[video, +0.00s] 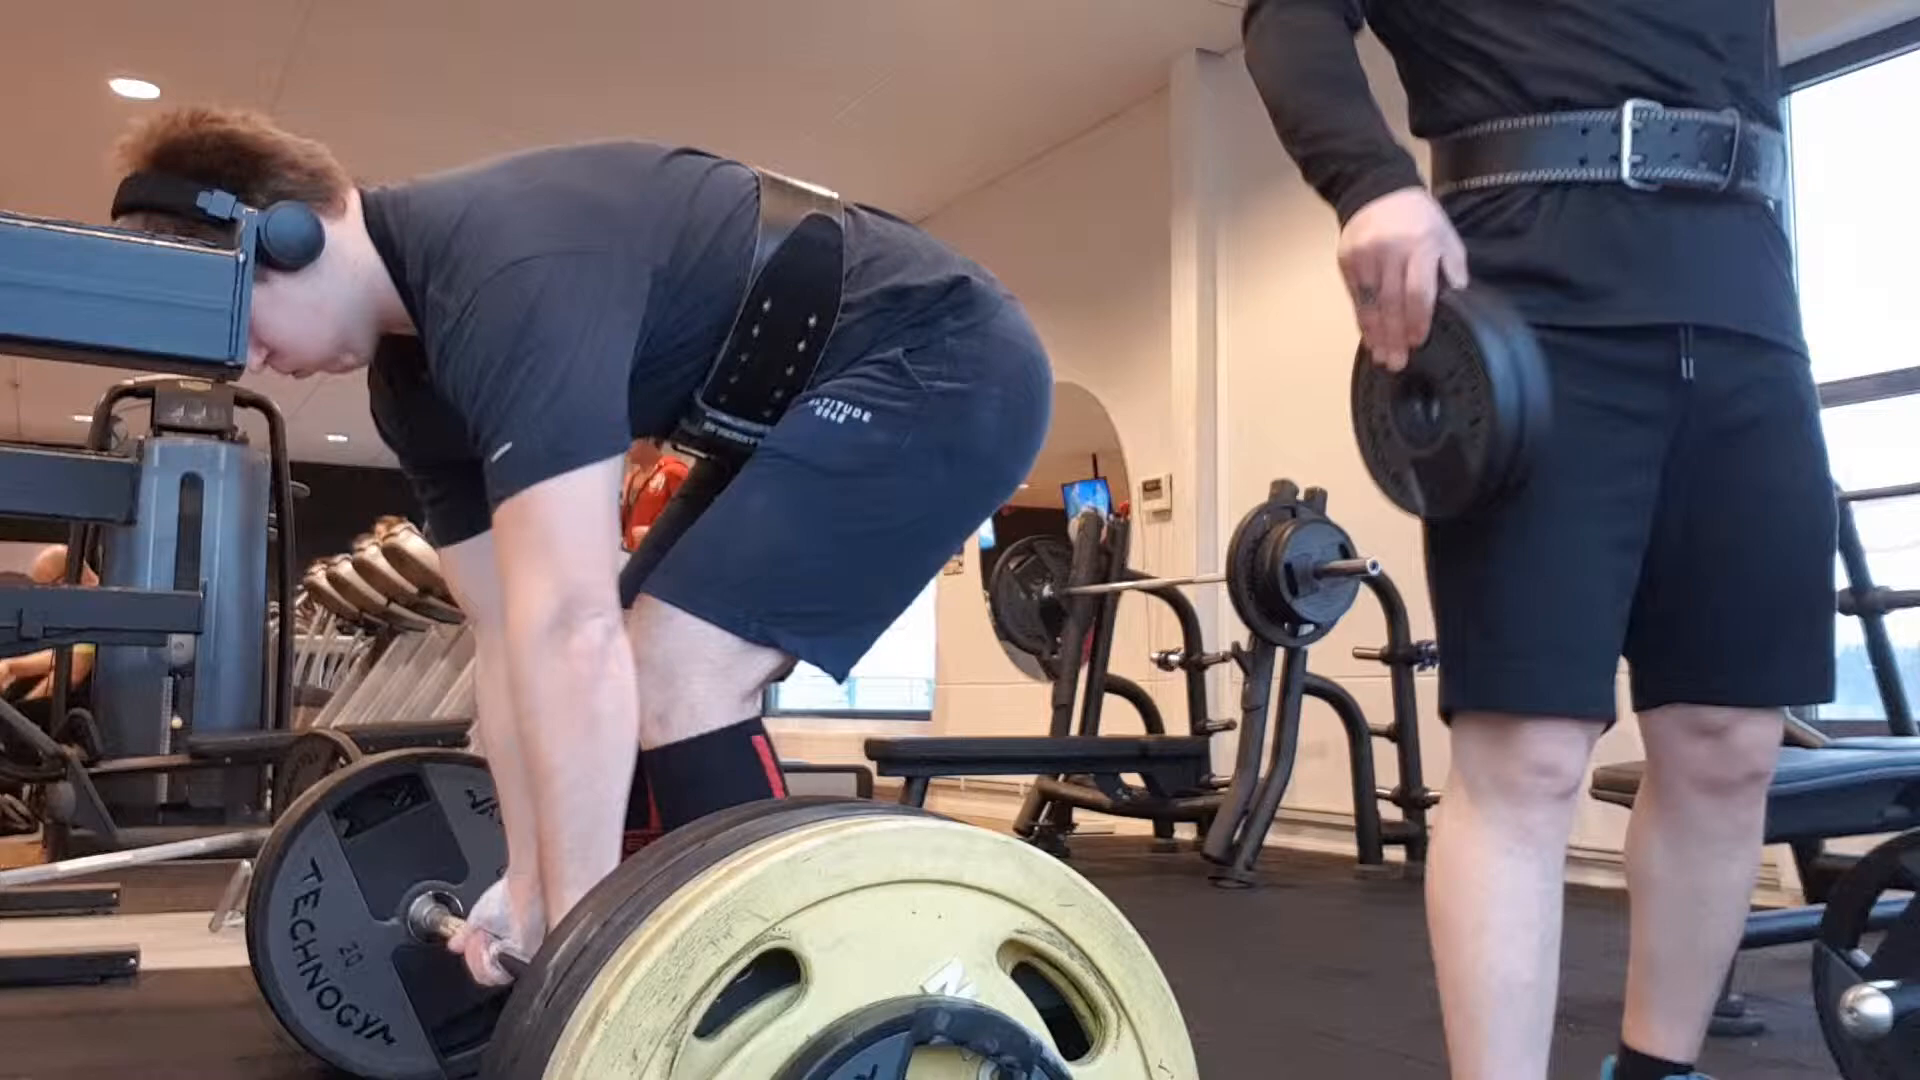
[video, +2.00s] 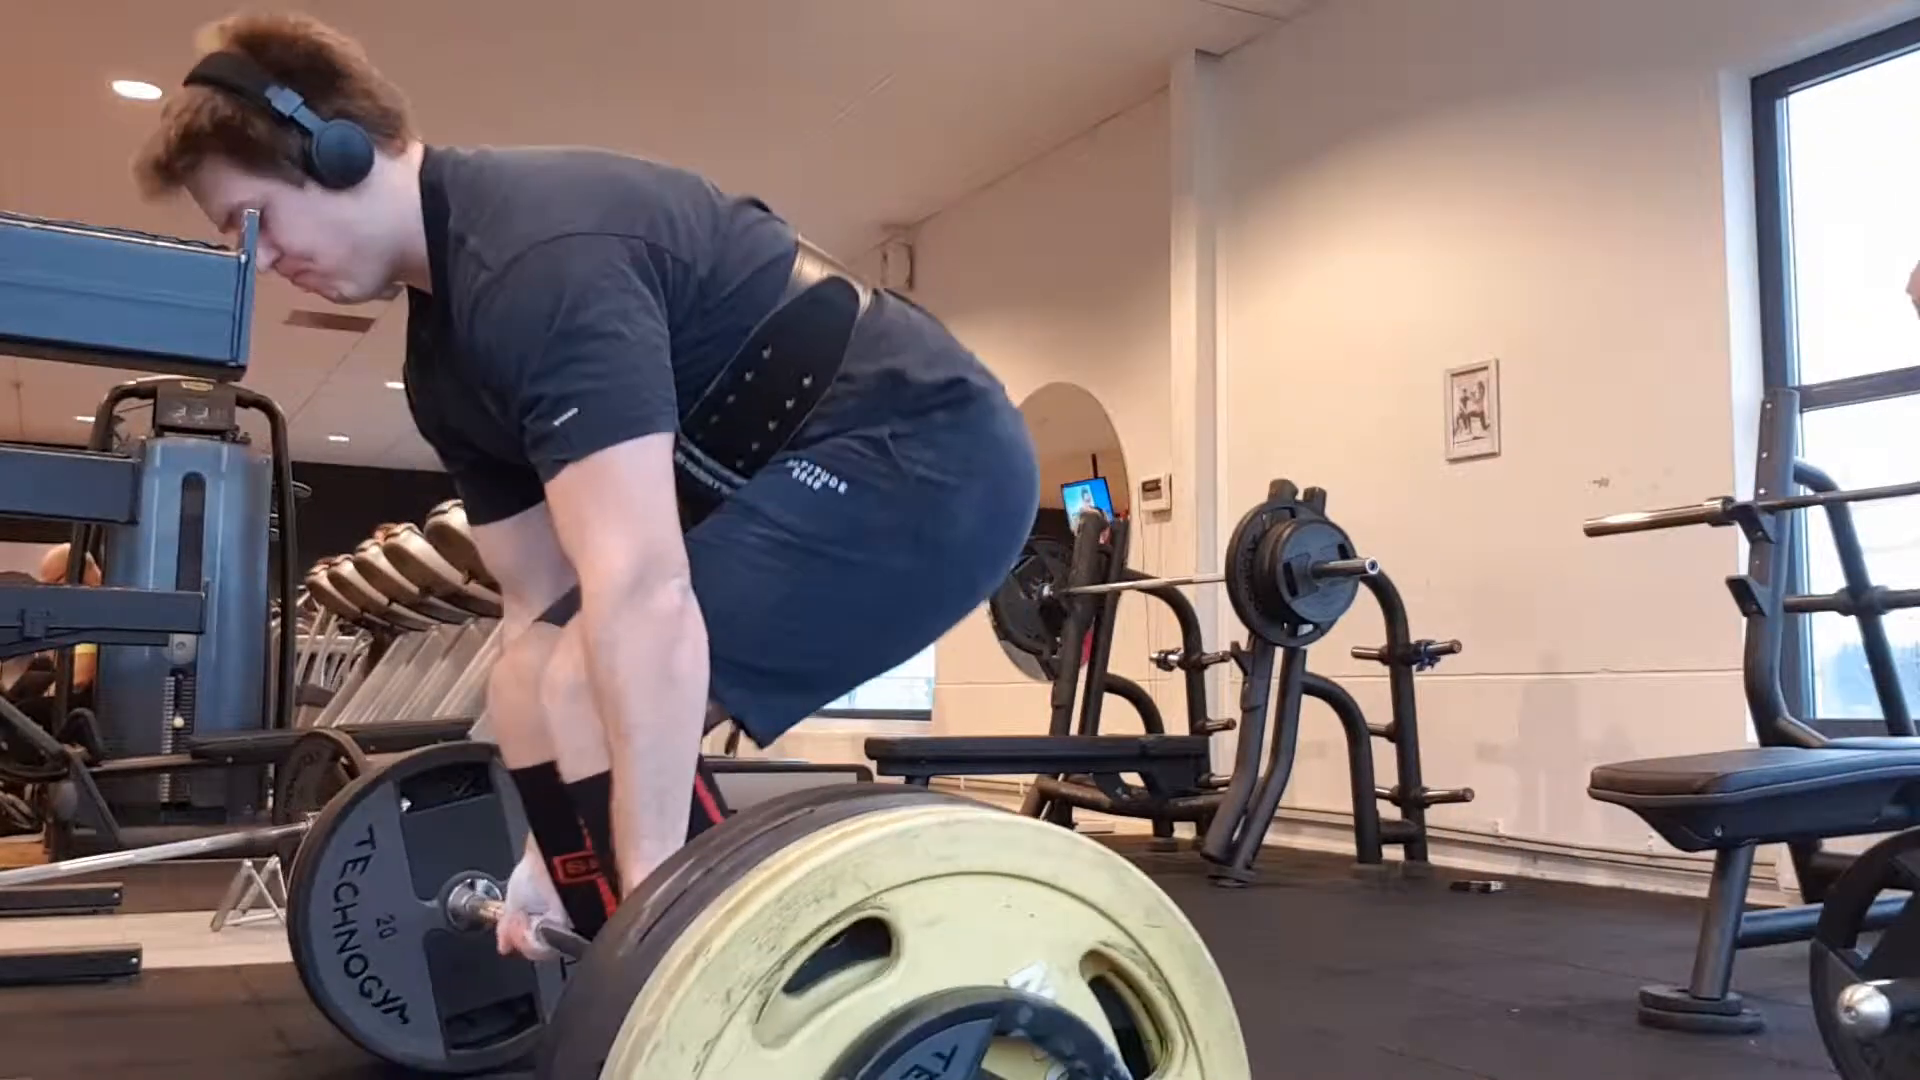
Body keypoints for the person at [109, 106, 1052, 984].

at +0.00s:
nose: (250, 364)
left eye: (233, 321)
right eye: (220, 346)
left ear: (281, 235)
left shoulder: (519, 275)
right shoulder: (413, 376)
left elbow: (578, 628)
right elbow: (507, 633)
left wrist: (582, 935)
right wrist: (525, 885)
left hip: (921, 357)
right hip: (797, 401)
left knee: (686, 672)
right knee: (623, 670)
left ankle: (780, 1007)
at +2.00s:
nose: (262, 266)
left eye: (255, 222)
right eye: (239, 244)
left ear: (333, 141)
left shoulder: (544, 261)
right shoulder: (442, 357)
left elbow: (643, 593)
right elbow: (547, 608)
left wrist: (661, 915)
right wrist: (547, 864)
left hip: (914, 444)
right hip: (807, 469)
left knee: (590, 681)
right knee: (521, 680)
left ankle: (712, 978)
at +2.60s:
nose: (314, 4)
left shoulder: (591, 67)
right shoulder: (477, 175)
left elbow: (669, 386)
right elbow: (554, 439)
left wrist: (672, 688)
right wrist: (567, 694)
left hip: (913, 341)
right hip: (782, 384)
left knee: (734, 666)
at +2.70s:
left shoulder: (592, 21)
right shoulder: (483, 120)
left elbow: (676, 320)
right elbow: (559, 386)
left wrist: (678, 617)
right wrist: (570, 640)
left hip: (904, 319)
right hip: (765, 354)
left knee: (752, 672)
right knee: (683, 684)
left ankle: (708, 1033)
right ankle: (687, 1028)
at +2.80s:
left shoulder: (621, 8)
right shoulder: (489, 68)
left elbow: (681, 247)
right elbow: (562, 321)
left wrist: (683, 553)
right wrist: (580, 578)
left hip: (896, 311)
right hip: (755, 337)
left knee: (748, 722)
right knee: (673, 706)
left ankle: (718, 1056)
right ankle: (677, 1047)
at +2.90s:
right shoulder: (506, 22)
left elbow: (693, 177)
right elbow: (570, 251)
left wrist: (708, 509)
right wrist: (587, 511)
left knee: (724, 693)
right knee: (680, 696)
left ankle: (712, 1049)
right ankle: (690, 1045)